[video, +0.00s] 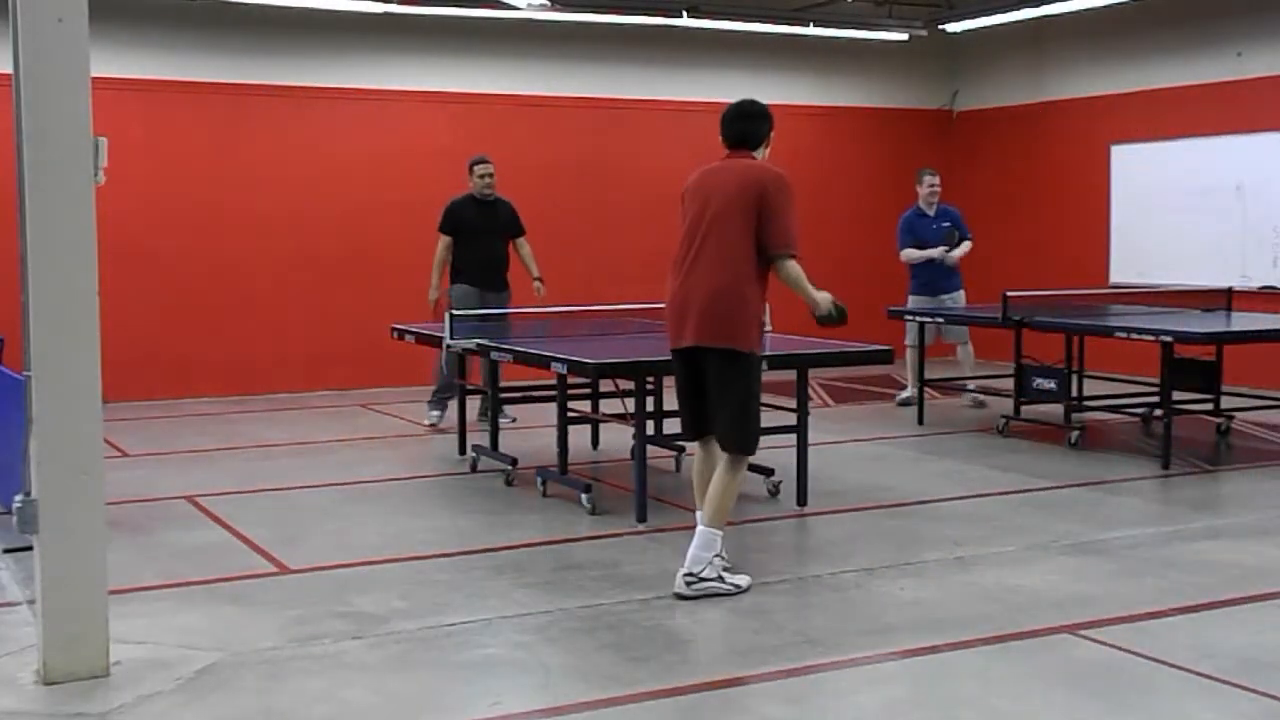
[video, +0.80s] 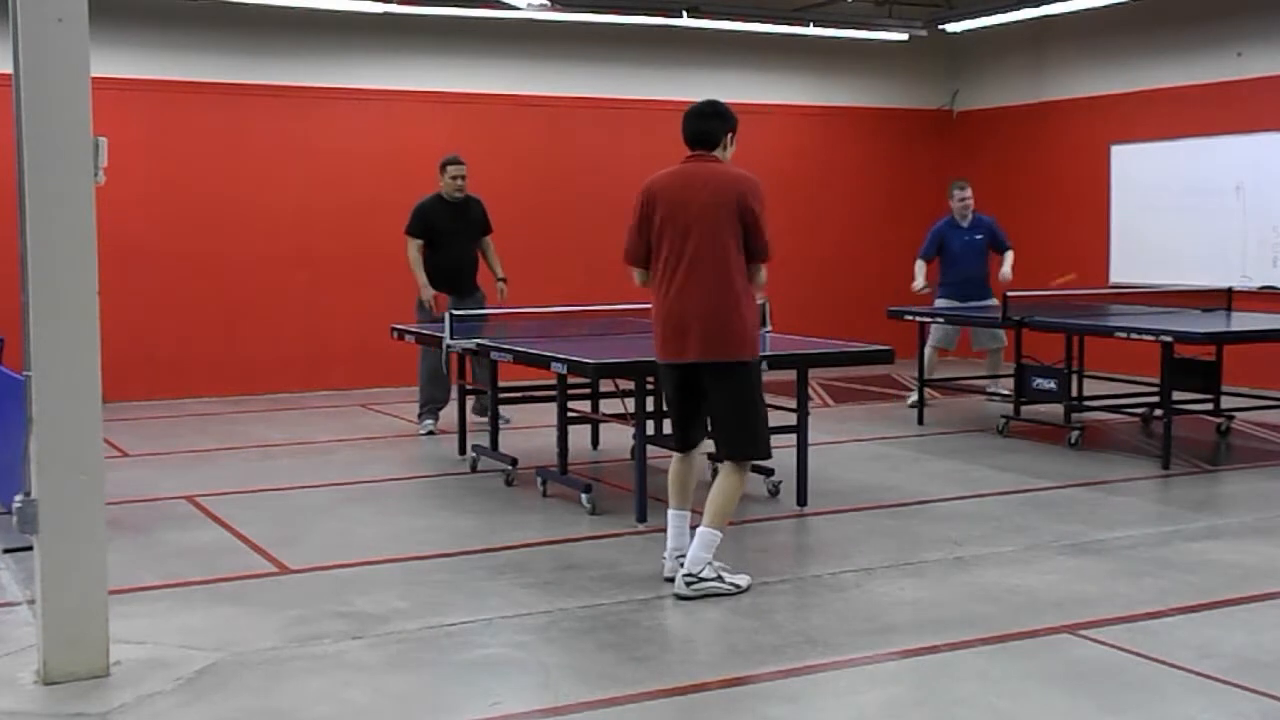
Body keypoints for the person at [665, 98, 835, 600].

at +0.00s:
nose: (772, 144)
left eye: (767, 137)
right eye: (772, 138)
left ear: (725, 138)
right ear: (767, 140)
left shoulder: (697, 180)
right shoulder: (769, 180)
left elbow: (698, 248)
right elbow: (781, 257)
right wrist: (815, 297)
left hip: (684, 324)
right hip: (732, 328)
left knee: (705, 444)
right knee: (735, 453)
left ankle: (708, 553)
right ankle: (698, 567)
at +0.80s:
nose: (737, 146)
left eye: (735, 138)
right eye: (736, 139)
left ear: (685, 140)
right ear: (727, 140)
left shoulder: (655, 188)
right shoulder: (741, 186)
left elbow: (640, 274)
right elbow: (758, 273)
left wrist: (688, 273)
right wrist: (725, 279)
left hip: (674, 343)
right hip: (730, 343)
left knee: (686, 446)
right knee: (736, 458)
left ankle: (676, 553)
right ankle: (697, 567)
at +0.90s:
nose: (728, 145)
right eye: (729, 138)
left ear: (680, 140)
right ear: (725, 141)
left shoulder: (655, 188)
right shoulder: (744, 187)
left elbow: (627, 275)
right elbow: (756, 265)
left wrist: (624, 287)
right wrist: (730, 296)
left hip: (679, 341)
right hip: (736, 341)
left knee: (687, 446)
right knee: (739, 456)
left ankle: (675, 554)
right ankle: (698, 564)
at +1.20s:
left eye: (689, 137)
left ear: (690, 142)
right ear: (735, 141)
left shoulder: (672, 192)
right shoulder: (761, 189)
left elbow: (636, 272)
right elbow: (772, 267)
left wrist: (591, 338)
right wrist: (740, 307)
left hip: (699, 345)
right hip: (762, 343)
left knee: (695, 444)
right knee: (787, 450)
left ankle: (678, 551)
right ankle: (782, 558)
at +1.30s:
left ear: (704, 145)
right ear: (748, 143)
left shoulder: (686, 195)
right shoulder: (773, 193)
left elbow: (660, 276)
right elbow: (786, 273)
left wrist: (631, 353)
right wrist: (761, 323)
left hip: (710, 352)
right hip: (774, 349)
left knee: (699, 446)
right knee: (805, 456)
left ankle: (679, 551)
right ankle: (831, 563)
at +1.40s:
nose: (722, 152)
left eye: (721, 145)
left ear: (722, 150)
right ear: (766, 149)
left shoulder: (708, 199)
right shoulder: (793, 199)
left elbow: (702, 276)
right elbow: (804, 282)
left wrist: (684, 356)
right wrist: (782, 333)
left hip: (727, 354)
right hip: (792, 356)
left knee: (706, 445)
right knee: (823, 463)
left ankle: (679, 551)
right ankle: (873, 570)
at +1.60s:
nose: (773, 149)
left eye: (774, 142)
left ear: (777, 145)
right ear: (822, 145)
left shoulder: (769, 190)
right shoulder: (850, 196)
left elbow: (779, 263)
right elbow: (864, 274)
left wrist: (768, 350)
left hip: (785, 358)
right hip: (850, 359)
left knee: (732, 450)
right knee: (864, 476)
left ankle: (694, 548)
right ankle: (906, 587)